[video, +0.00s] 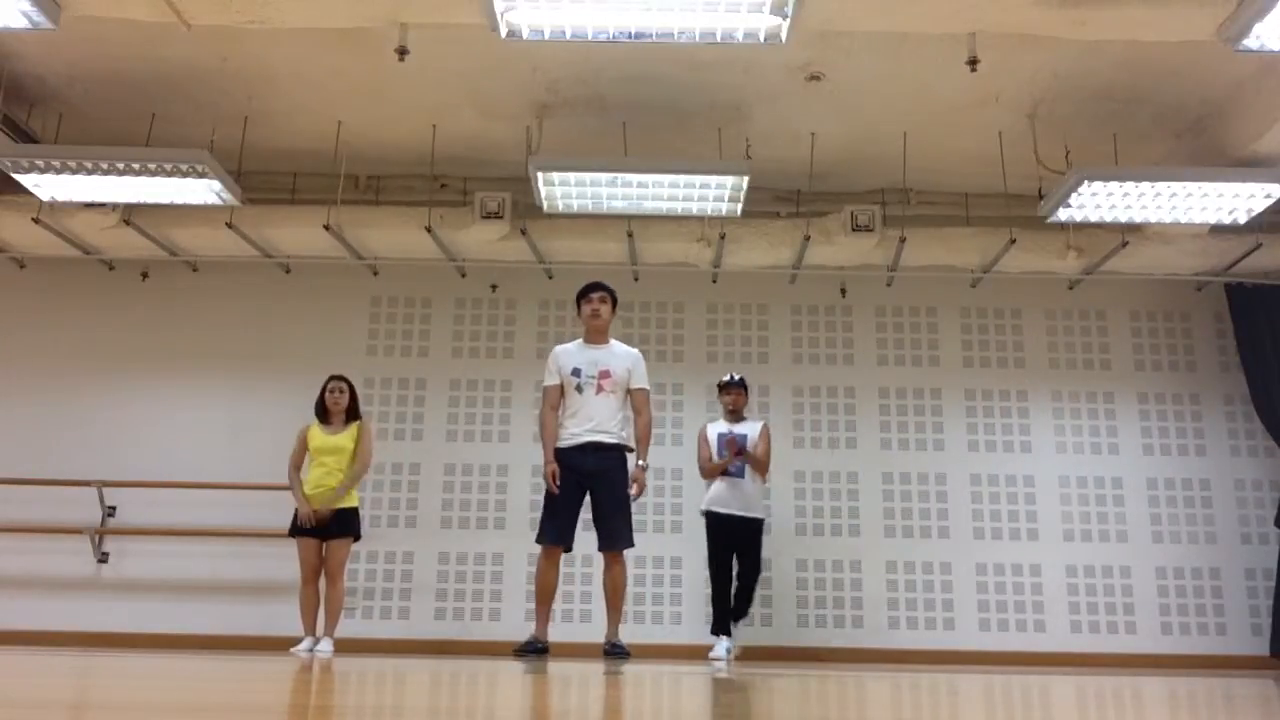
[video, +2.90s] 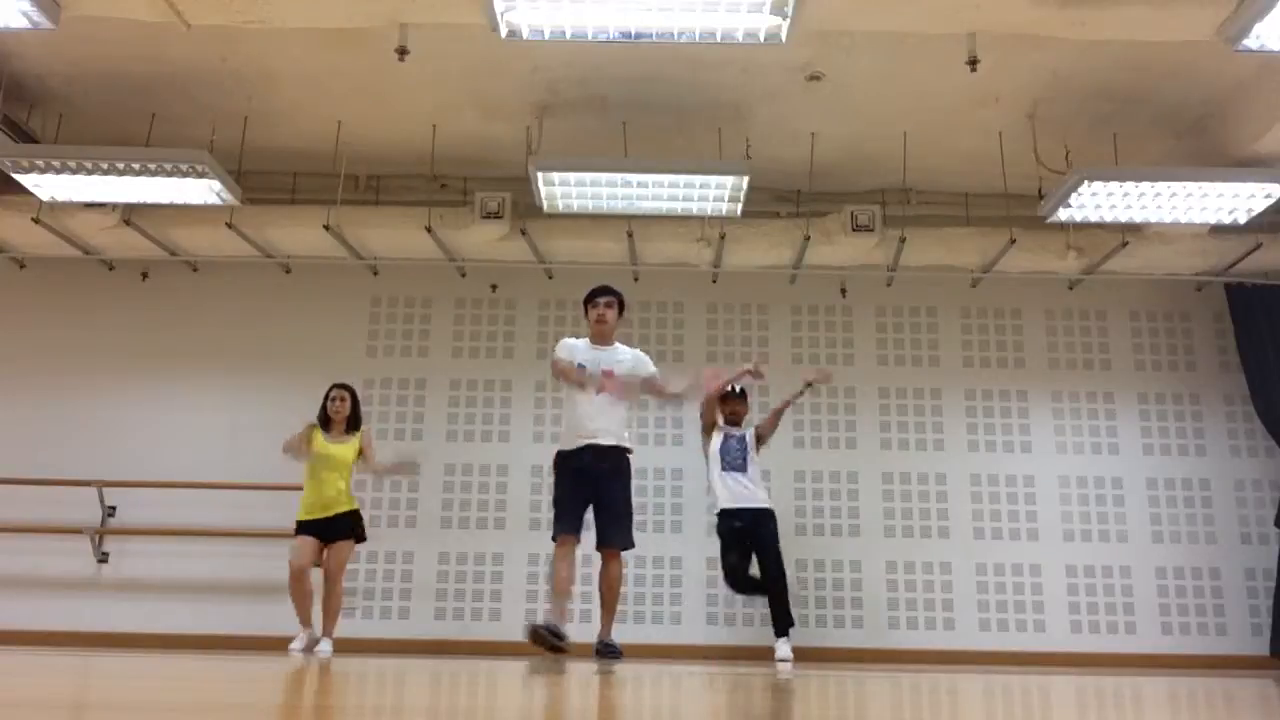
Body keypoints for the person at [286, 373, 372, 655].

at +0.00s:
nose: (336, 396)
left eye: (341, 392)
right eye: (331, 391)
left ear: (350, 397)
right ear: (323, 397)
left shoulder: (361, 428)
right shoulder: (309, 431)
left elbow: (362, 467)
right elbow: (293, 469)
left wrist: (332, 500)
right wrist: (301, 502)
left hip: (341, 509)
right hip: (309, 508)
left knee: (334, 575)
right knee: (309, 575)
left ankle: (328, 637)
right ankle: (309, 636)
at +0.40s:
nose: (337, 396)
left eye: (342, 392)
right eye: (333, 392)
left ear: (352, 398)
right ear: (325, 397)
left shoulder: (363, 430)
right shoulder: (311, 433)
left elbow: (375, 468)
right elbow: (299, 475)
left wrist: (374, 506)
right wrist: (287, 509)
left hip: (344, 509)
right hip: (310, 508)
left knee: (335, 577)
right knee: (310, 577)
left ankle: (328, 637)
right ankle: (311, 636)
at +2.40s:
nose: (336, 398)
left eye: (341, 394)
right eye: (332, 394)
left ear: (351, 400)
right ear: (324, 399)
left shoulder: (362, 431)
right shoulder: (309, 433)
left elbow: (366, 473)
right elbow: (298, 473)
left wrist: (359, 508)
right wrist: (290, 507)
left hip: (341, 509)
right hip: (308, 507)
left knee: (332, 576)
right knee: (310, 575)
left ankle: (326, 637)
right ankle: (311, 636)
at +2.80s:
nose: (337, 403)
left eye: (343, 399)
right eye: (333, 399)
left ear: (352, 405)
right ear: (325, 404)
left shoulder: (360, 437)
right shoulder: (309, 433)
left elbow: (364, 474)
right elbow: (293, 467)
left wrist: (369, 507)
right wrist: (299, 502)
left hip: (347, 512)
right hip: (315, 513)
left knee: (338, 578)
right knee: (316, 577)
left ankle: (328, 637)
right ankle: (314, 636)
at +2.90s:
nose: (337, 404)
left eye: (342, 400)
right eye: (333, 399)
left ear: (352, 406)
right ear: (325, 404)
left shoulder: (360, 435)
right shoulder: (313, 431)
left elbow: (374, 468)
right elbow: (290, 448)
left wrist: (397, 469)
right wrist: (298, 446)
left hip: (342, 513)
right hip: (311, 513)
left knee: (333, 576)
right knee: (297, 567)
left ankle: (326, 637)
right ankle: (306, 631)